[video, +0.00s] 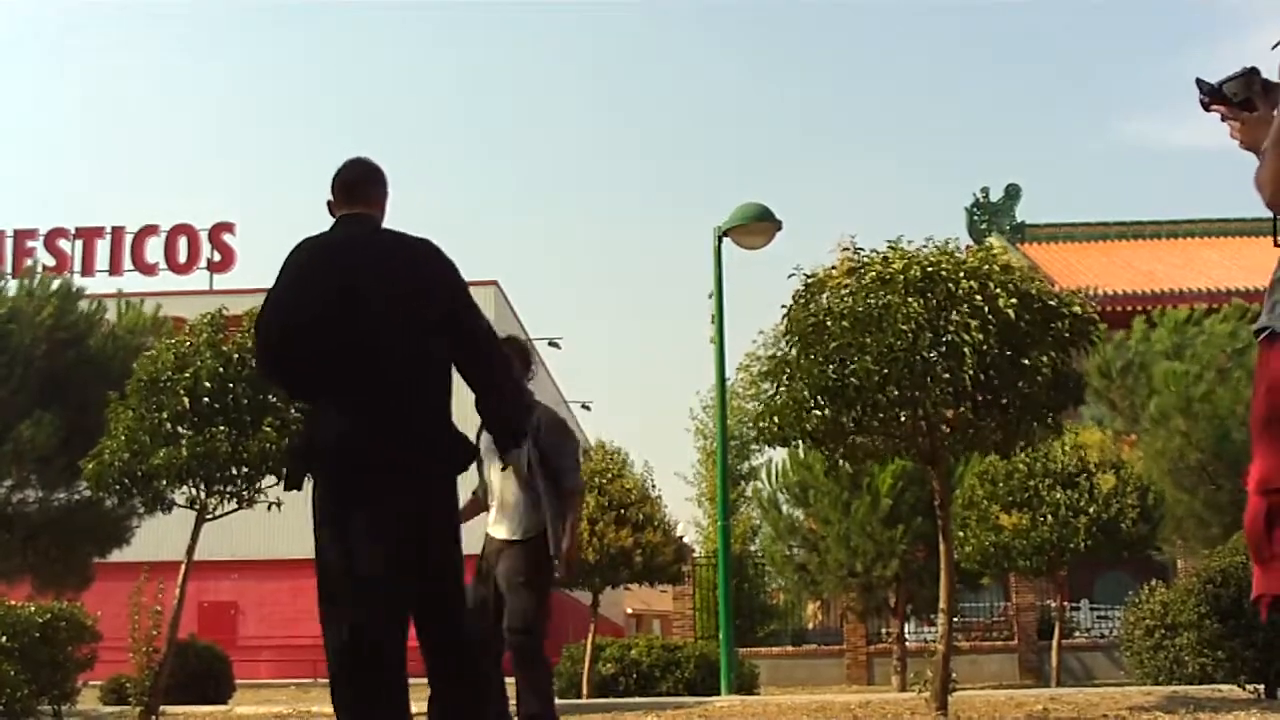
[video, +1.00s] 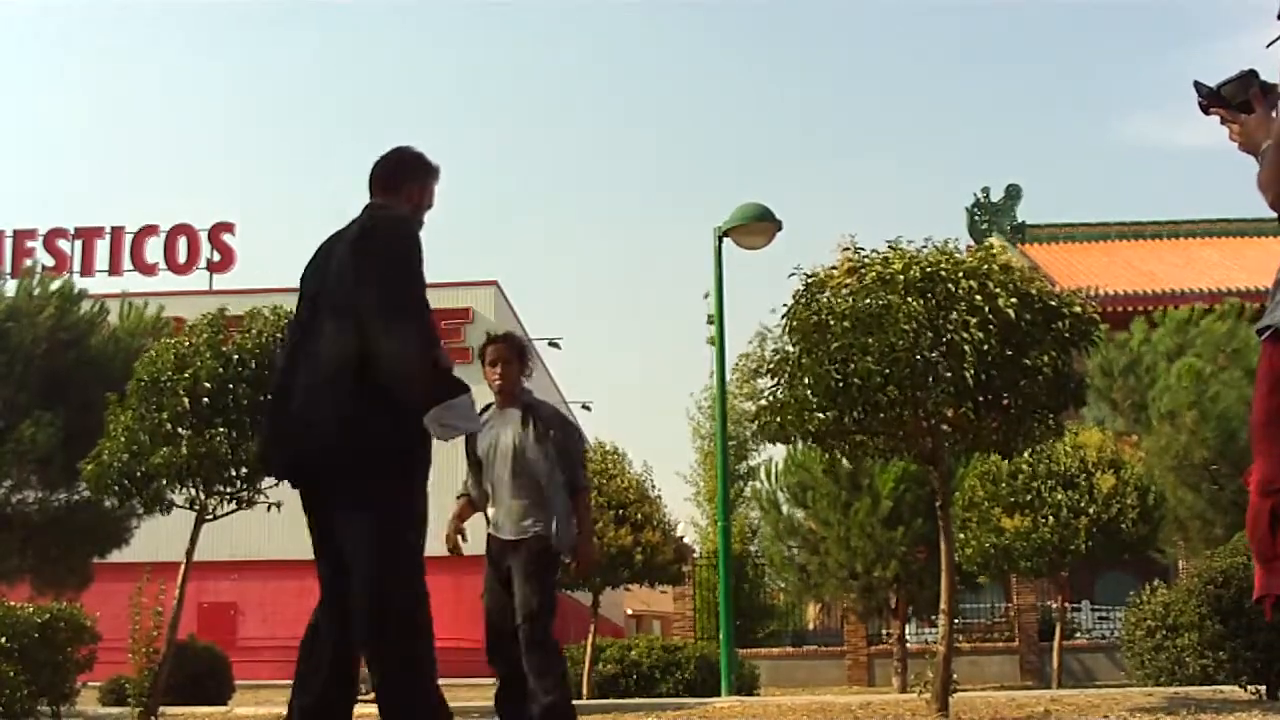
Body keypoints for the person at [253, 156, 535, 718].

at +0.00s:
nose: (345, 212)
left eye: (336, 203)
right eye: (371, 200)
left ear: (331, 203)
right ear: (385, 202)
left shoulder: (306, 258)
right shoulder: (425, 258)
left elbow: (273, 353)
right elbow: (481, 355)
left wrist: (324, 394)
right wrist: (508, 425)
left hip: (344, 465)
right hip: (425, 459)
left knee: (358, 629)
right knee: (447, 625)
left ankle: (370, 715)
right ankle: (468, 715)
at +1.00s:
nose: (426, 213)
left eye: (428, 202)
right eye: (425, 201)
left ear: (377, 187)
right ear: (407, 190)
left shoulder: (330, 250)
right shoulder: (392, 237)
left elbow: (305, 353)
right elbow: (402, 340)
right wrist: (449, 401)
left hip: (324, 448)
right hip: (380, 449)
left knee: (340, 597)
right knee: (396, 596)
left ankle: (314, 710)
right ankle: (417, 710)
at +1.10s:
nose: (444, 212)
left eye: (447, 201)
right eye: (446, 200)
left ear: (394, 184)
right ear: (433, 190)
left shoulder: (345, 241)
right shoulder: (414, 232)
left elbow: (307, 347)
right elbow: (408, 354)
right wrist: (448, 365)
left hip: (325, 447)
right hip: (391, 450)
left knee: (327, 595)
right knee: (407, 603)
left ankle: (307, 712)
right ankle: (419, 713)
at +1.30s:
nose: (437, 195)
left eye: (435, 187)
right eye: (438, 186)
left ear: (385, 178)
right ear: (433, 179)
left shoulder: (333, 237)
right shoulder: (432, 224)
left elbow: (325, 338)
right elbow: (456, 327)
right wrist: (488, 382)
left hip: (328, 434)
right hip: (409, 435)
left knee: (301, 580)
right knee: (432, 587)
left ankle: (262, 710)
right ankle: (437, 710)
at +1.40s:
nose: (414, 190)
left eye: (405, 181)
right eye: (417, 181)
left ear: (362, 177)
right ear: (415, 178)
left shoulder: (318, 238)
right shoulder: (426, 229)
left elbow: (313, 330)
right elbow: (481, 326)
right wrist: (540, 393)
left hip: (323, 437)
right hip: (413, 439)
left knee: (296, 581)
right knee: (441, 588)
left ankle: (277, 705)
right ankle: (443, 709)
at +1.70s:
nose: (322, 176)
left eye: (297, 170)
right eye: (332, 165)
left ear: (283, 173)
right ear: (341, 167)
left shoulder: (261, 221)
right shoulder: (384, 224)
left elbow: (226, 308)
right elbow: (473, 283)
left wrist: (290, 335)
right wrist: (557, 338)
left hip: (289, 441)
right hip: (375, 435)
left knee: (295, 596)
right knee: (394, 573)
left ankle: (293, 707)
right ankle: (426, 652)